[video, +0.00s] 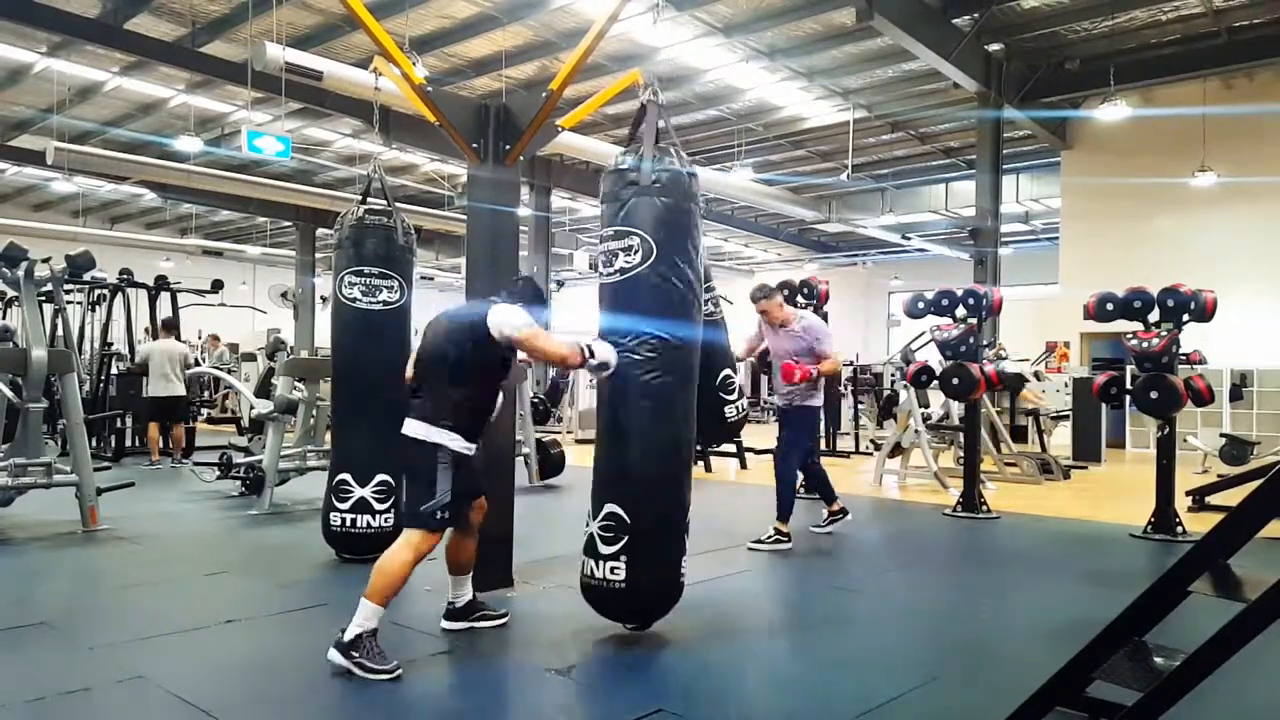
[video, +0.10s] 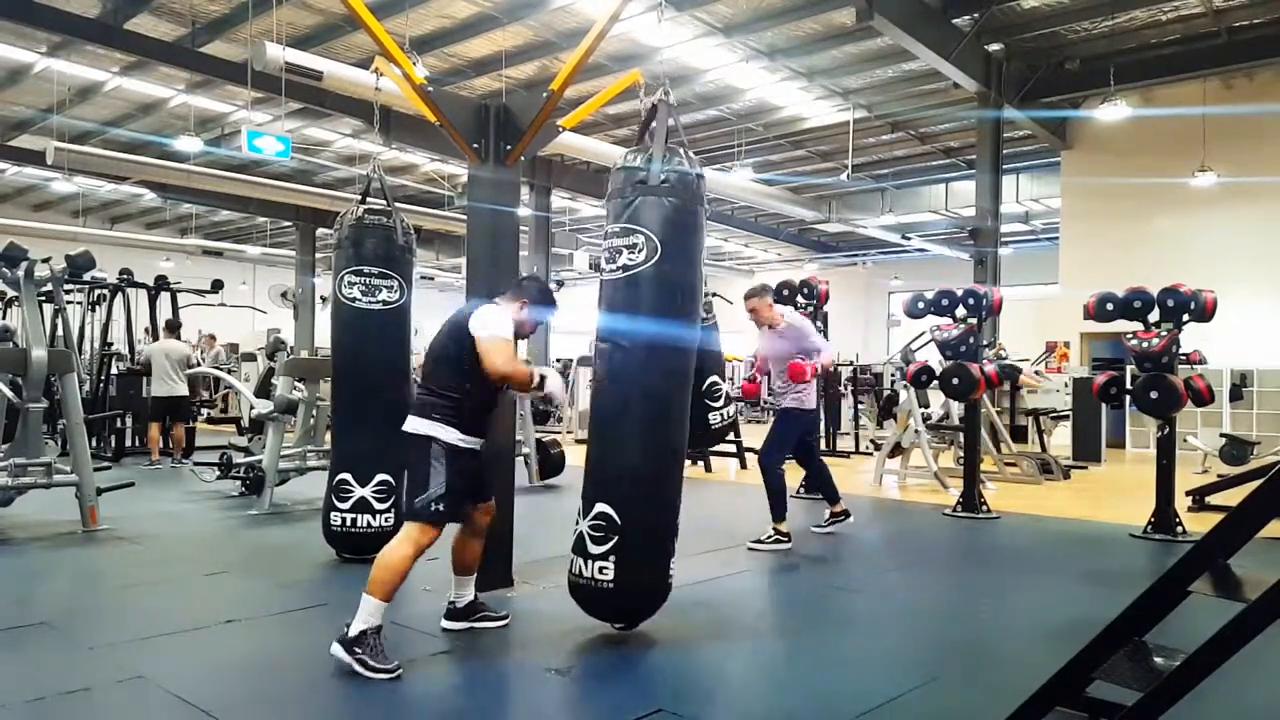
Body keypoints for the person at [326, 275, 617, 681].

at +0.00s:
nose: (536, 325)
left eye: (538, 319)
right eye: (537, 318)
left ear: (506, 294)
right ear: (526, 305)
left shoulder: (447, 318)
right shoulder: (504, 313)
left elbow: (412, 375)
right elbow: (551, 352)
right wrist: (590, 353)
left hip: (449, 441)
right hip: (432, 439)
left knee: (473, 510)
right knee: (421, 535)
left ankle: (461, 605)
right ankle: (356, 636)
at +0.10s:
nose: (534, 331)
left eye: (539, 325)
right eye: (537, 321)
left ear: (518, 304)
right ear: (521, 304)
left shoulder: (492, 320)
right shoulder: (490, 314)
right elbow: (500, 366)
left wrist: (535, 385)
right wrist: (541, 375)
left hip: (462, 440)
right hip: (436, 435)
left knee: (481, 513)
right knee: (420, 530)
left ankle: (462, 606)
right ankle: (360, 633)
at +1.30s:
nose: (592, 320)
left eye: (593, 314)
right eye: (591, 313)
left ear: (569, 300)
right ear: (580, 306)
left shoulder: (551, 323)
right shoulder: (551, 321)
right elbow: (601, 349)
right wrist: (641, 349)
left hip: (528, 443)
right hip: (495, 439)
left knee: (549, 507)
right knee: (478, 525)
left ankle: (544, 588)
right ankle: (421, 610)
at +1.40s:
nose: (581, 324)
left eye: (584, 319)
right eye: (581, 316)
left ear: (559, 302)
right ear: (566, 304)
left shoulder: (544, 325)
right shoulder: (539, 318)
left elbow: (534, 383)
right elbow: (561, 365)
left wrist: (568, 396)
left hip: (529, 437)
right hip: (497, 434)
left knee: (547, 509)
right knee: (487, 523)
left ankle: (546, 590)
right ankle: (419, 606)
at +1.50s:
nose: (561, 317)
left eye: (566, 312)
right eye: (561, 309)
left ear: (560, 311)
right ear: (547, 301)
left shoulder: (544, 337)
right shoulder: (517, 326)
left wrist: (569, 393)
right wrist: (552, 386)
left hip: (527, 443)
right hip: (491, 440)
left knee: (552, 511)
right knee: (482, 526)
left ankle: (547, 588)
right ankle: (415, 614)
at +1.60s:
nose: (550, 325)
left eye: (553, 319)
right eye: (549, 316)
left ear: (530, 308)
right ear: (529, 305)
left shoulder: (522, 342)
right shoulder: (491, 335)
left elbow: (529, 390)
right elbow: (504, 392)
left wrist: (565, 382)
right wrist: (540, 364)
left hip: (512, 450)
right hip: (474, 449)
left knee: (541, 515)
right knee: (470, 533)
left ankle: (547, 589)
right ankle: (403, 624)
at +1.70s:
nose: (541, 312)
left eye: (544, 306)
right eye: (541, 304)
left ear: (521, 297)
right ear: (520, 294)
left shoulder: (511, 329)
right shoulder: (482, 321)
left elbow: (510, 380)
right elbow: (507, 376)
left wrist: (537, 380)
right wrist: (541, 345)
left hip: (498, 440)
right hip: (459, 440)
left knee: (526, 508)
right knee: (450, 530)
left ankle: (535, 586)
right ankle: (401, 624)